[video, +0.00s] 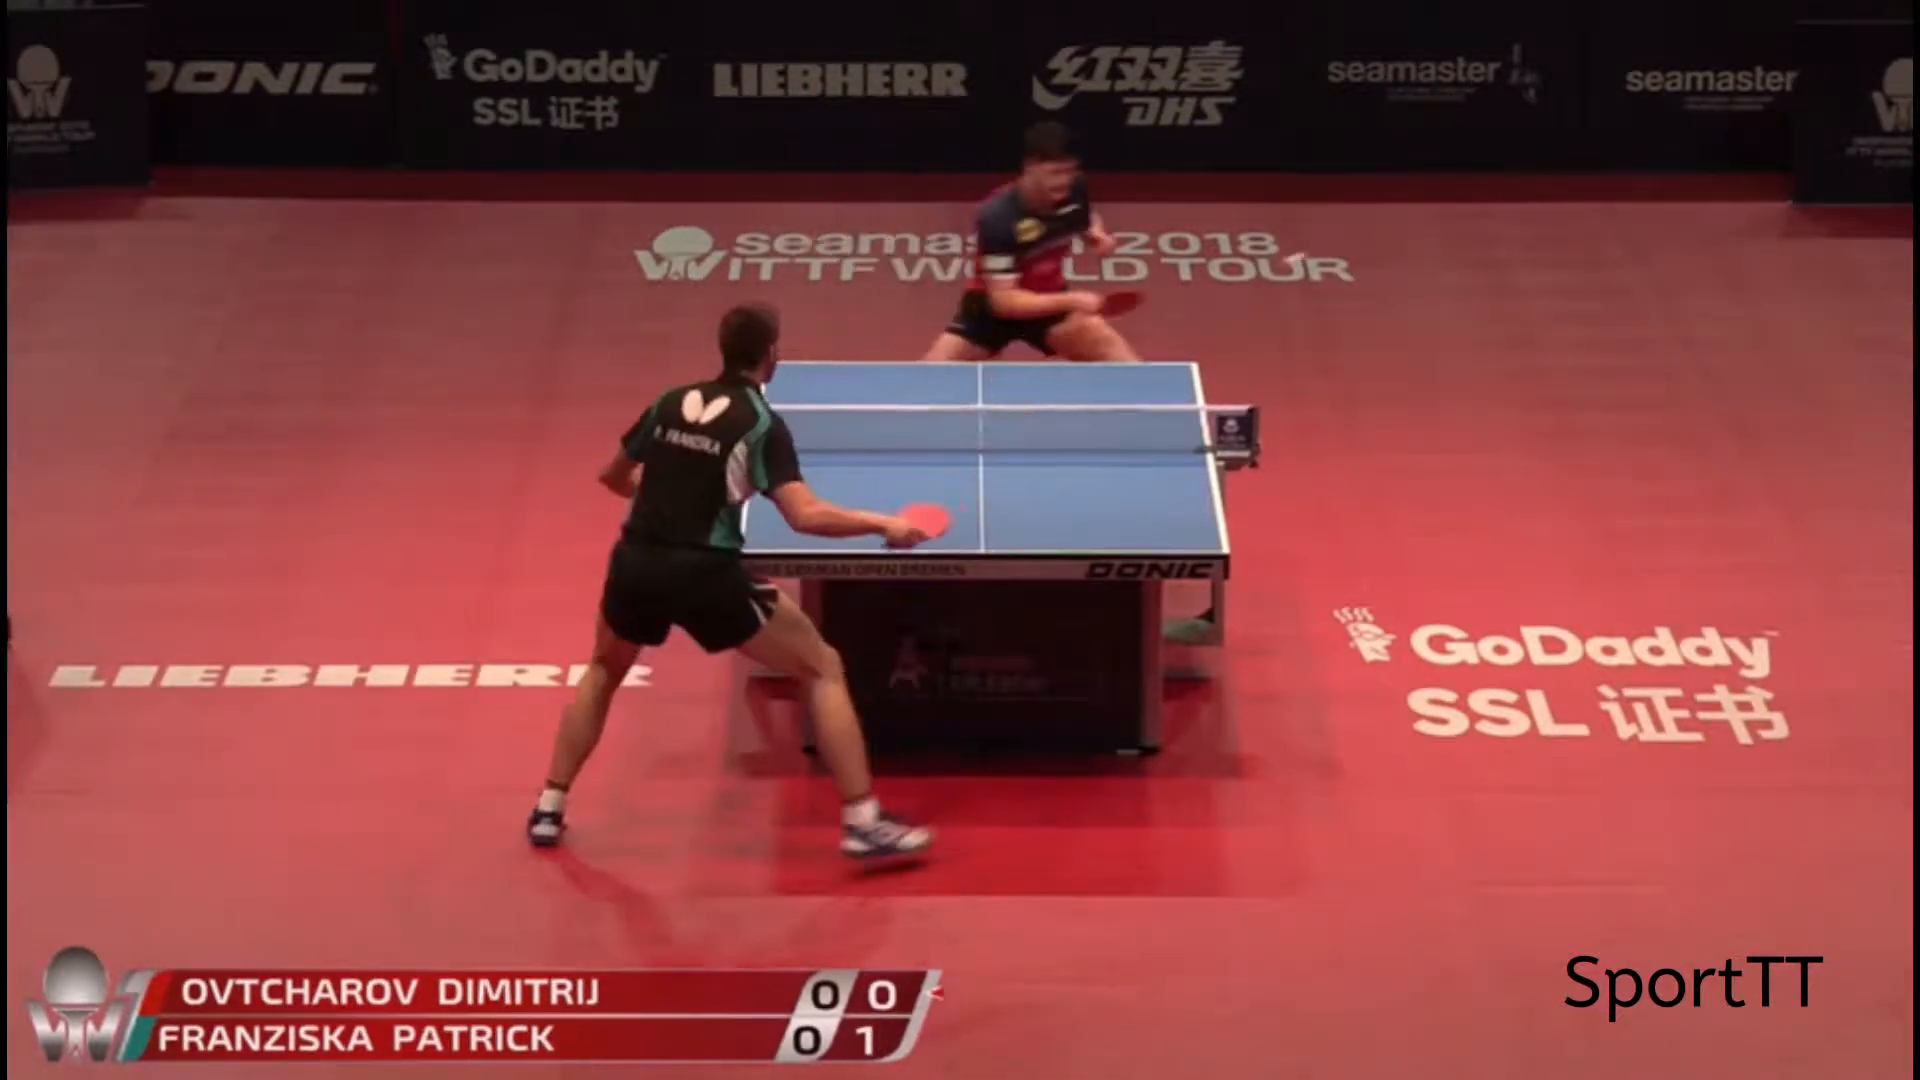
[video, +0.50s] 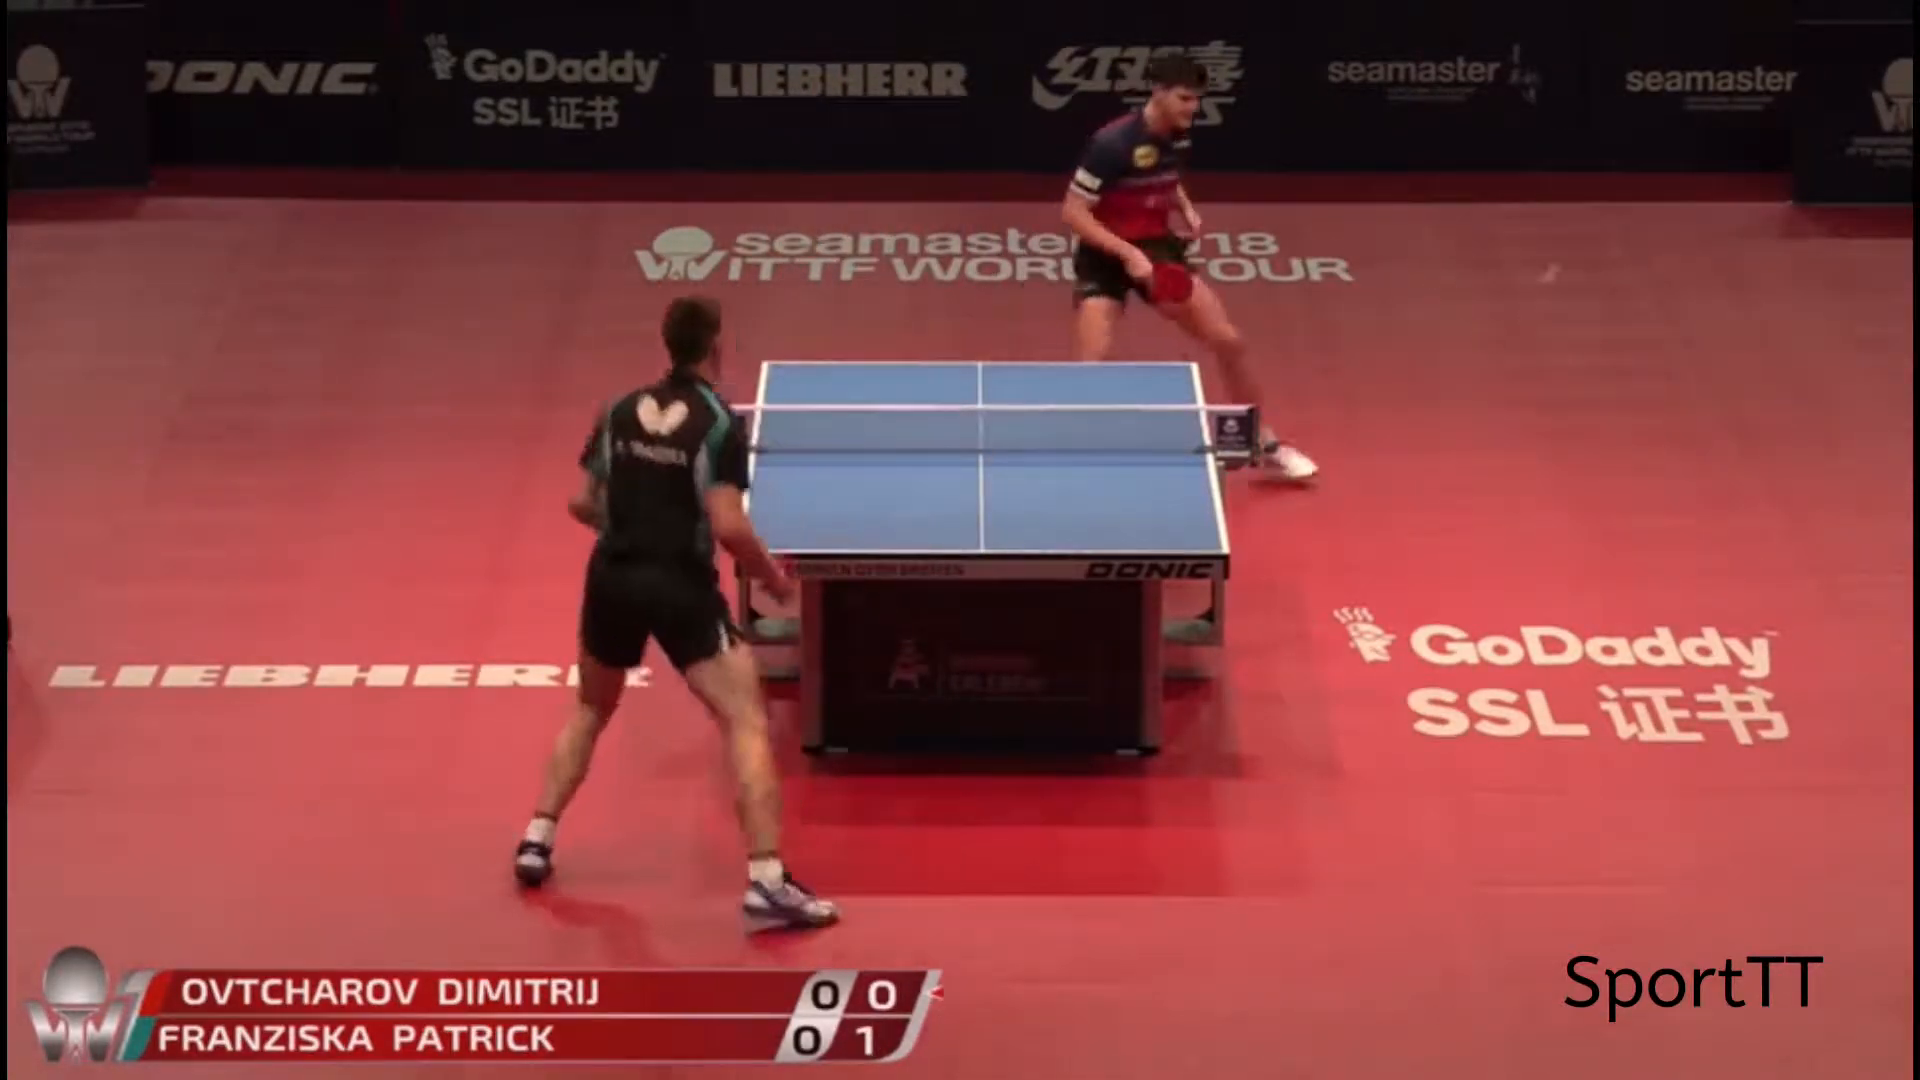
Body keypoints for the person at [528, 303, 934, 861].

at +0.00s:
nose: (779, 360)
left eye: (776, 351)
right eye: (777, 352)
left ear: (722, 352)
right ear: (769, 358)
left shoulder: (672, 402)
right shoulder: (762, 423)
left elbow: (615, 474)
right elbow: (804, 515)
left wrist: (662, 496)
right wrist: (885, 526)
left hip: (636, 565)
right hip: (709, 576)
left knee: (603, 672)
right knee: (823, 667)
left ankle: (548, 807)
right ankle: (863, 820)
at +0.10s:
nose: (778, 359)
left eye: (775, 351)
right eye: (777, 352)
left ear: (721, 352)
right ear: (769, 358)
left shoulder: (672, 402)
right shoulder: (762, 423)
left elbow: (614, 473)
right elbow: (803, 515)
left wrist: (662, 496)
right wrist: (885, 526)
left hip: (636, 567)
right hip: (709, 578)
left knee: (603, 673)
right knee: (823, 667)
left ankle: (548, 806)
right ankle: (863, 820)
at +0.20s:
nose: (784, 349)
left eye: (776, 339)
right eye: (783, 341)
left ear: (726, 343)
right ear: (775, 350)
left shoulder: (676, 394)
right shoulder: (769, 415)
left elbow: (617, 475)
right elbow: (794, 522)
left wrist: (661, 509)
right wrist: (865, 541)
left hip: (633, 555)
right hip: (704, 566)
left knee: (597, 675)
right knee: (807, 678)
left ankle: (546, 808)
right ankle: (819, 829)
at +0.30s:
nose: (784, 363)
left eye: (779, 354)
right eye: (783, 356)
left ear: (726, 356)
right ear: (773, 362)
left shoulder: (677, 409)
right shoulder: (772, 432)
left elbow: (620, 496)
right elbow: (788, 541)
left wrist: (655, 537)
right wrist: (848, 571)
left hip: (634, 566)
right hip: (706, 580)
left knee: (598, 681)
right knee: (789, 714)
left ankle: (536, 810)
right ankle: (779, 858)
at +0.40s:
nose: (766, 388)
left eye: (762, 378)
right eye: (764, 380)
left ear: (708, 388)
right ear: (756, 389)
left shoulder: (663, 445)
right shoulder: (762, 464)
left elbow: (615, 537)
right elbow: (770, 571)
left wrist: (663, 569)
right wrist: (816, 609)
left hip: (635, 608)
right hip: (709, 621)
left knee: (604, 705)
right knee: (795, 744)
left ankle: (541, 818)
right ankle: (771, 892)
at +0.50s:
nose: (725, 355)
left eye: (720, 346)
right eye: (723, 347)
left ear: (666, 348)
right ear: (713, 351)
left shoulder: (619, 411)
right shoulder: (720, 421)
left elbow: (585, 503)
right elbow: (728, 524)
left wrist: (634, 527)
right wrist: (769, 573)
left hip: (611, 579)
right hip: (683, 586)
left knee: (589, 710)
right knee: (746, 722)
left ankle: (538, 838)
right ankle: (767, 878)